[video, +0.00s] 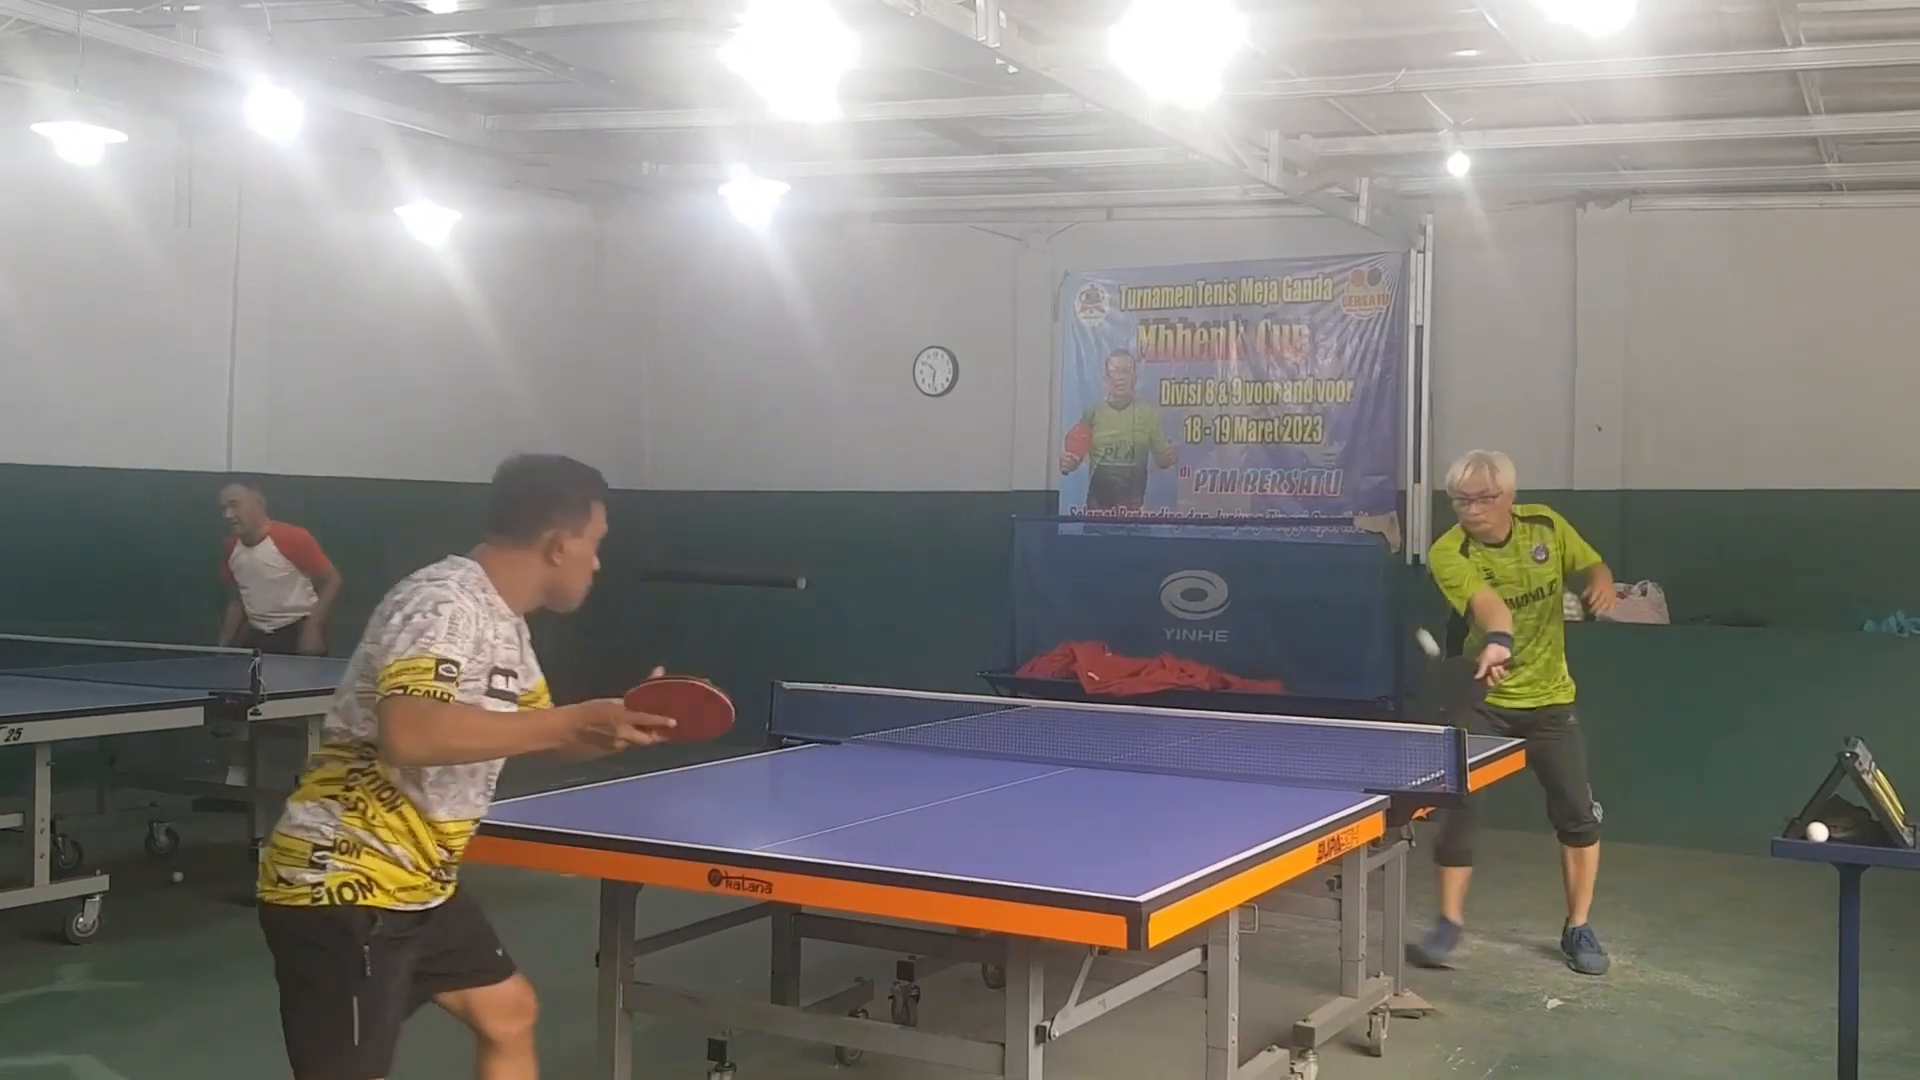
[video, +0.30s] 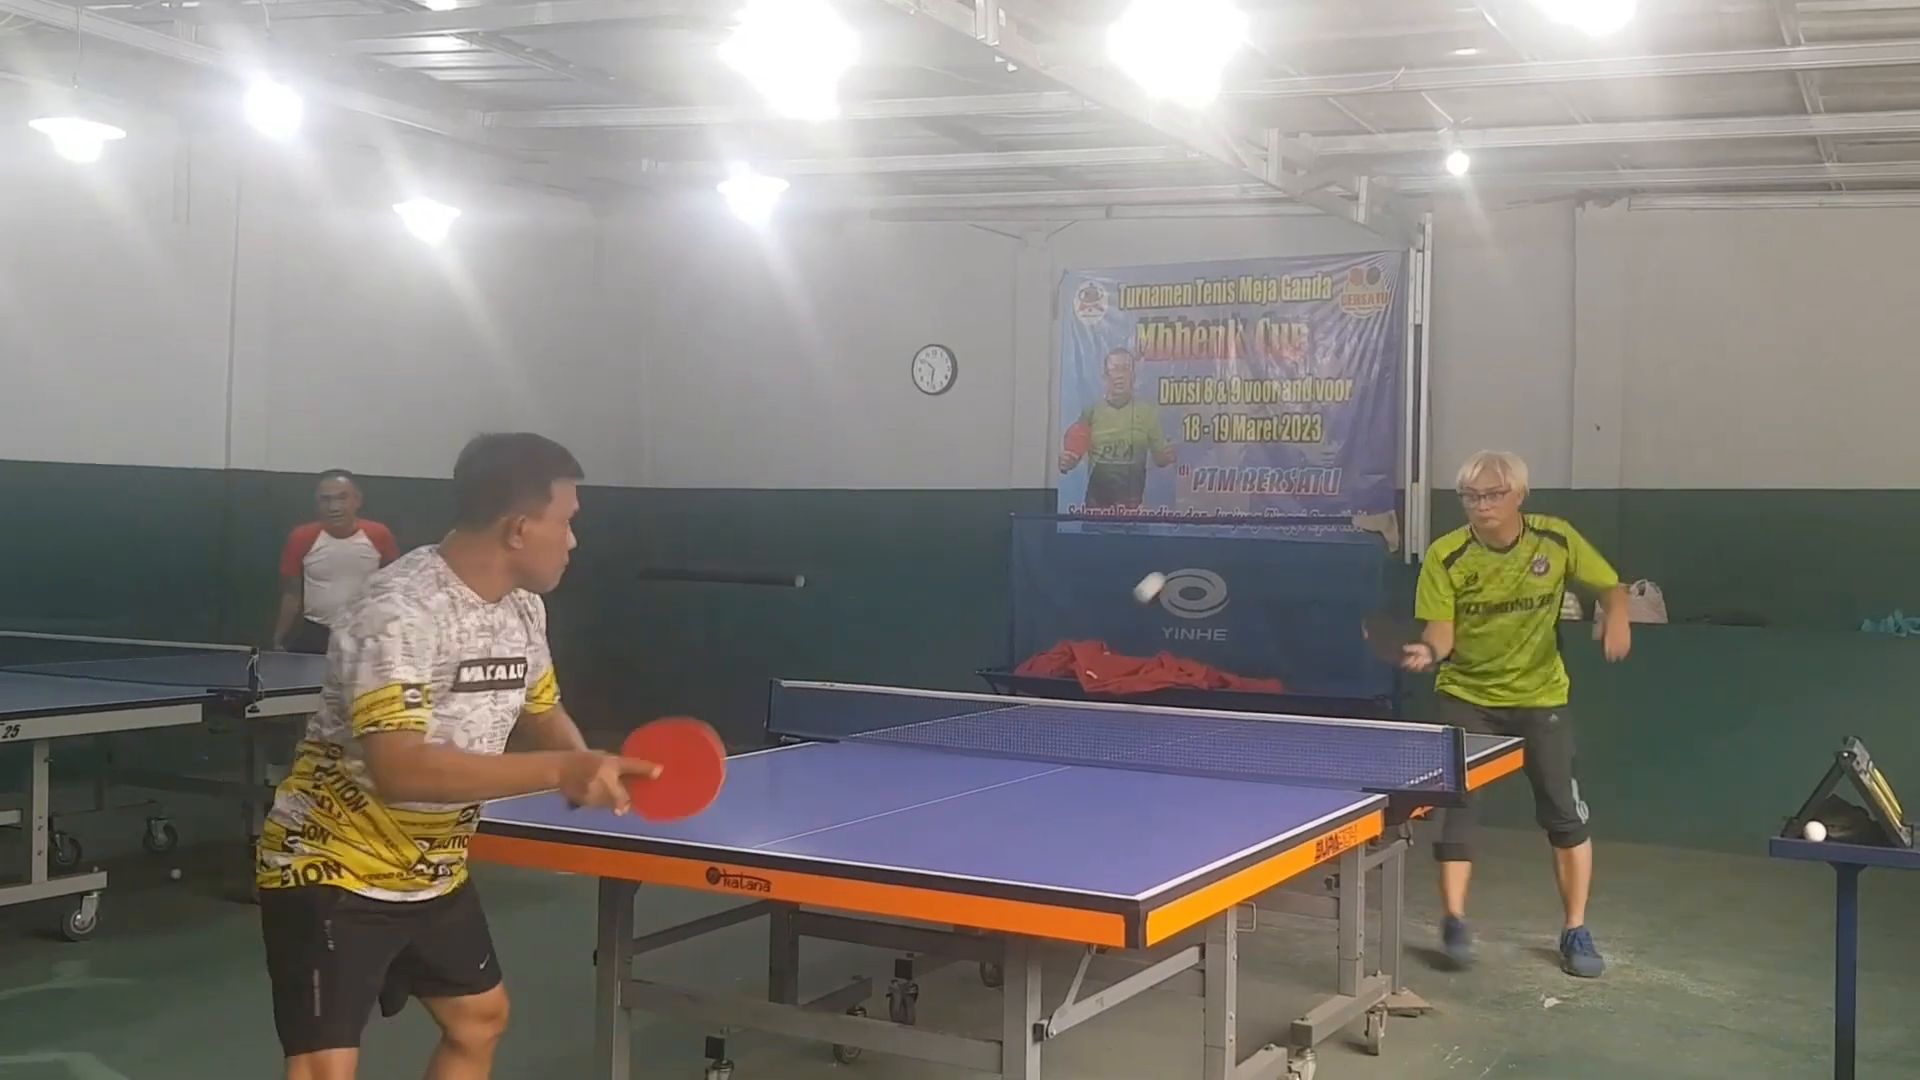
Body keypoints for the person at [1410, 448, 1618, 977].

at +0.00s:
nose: (1471, 510)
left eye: (1483, 499)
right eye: (1461, 500)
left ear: (1510, 497)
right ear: (1453, 501)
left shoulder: (1545, 525)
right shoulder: (1447, 552)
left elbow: (1594, 569)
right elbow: (1483, 600)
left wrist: (1601, 588)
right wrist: (1499, 637)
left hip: (1549, 699)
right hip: (1481, 701)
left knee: (1577, 810)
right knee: (1456, 795)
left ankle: (1579, 927)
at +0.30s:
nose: (1481, 505)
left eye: (1493, 494)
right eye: (1472, 495)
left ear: (1519, 496)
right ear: (1462, 499)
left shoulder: (1556, 539)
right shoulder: (1444, 557)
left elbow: (1611, 588)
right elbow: (1440, 631)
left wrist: (1617, 621)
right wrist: (1429, 649)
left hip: (1539, 691)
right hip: (1465, 692)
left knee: (1561, 805)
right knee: (1455, 796)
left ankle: (1576, 929)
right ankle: (1454, 921)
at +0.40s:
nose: (1467, 522)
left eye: (1478, 511)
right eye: (1458, 513)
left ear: (1504, 514)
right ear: (1450, 517)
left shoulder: (1544, 559)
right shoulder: (1434, 570)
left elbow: (1596, 617)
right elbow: (1418, 641)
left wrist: (1616, 684)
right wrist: (1397, 659)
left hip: (1529, 700)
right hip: (1454, 700)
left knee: (1556, 806)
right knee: (1395, 788)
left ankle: (1576, 929)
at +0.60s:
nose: (1417, 528)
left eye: (1428, 518)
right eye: (1409, 519)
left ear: (1450, 520)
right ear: (1400, 522)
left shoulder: (1487, 556)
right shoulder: (1382, 572)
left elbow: (1540, 601)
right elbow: (1357, 635)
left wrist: (1564, 638)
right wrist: (1328, 663)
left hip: (1481, 696)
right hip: (1408, 699)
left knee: (1534, 789)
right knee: (1367, 786)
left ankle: (1561, 903)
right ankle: (1344, 875)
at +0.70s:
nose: (1414, 510)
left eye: (1423, 500)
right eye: (1406, 502)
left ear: (1445, 502)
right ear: (1396, 507)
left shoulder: (1484, 536)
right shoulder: (1385, 558)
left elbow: (1538, 582)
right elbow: (1366, 618)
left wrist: (1542, 607)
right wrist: (1336, 648)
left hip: (1489, 681)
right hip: (1420, 679)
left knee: (1521, 787)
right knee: (1378, 756)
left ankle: (1547, 865)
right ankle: (1360, 853)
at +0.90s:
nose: (1346, 503)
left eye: (1356, 492)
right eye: (1347, 493)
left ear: (1386, 498)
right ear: (1362, 501)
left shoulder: (1431, 525)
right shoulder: (1353, 555)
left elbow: (1499, 550)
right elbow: (1305, 582)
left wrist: (1548, 584)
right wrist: (1248, 594)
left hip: (1483, 672)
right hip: (1421, 675)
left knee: (1525, 770)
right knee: (1380, 753)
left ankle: (1558, 866)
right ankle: (1380, 846)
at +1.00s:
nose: (1306, 515)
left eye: (1313, 505)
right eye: (1306, 507)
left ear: (1344, 506)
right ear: (1323, 514)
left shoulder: (1390, 529)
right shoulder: (1314, 557)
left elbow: (1457, 545)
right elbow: (1258, 555)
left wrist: (1515, 575)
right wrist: (1208, 541)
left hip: (1453, 656)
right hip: (1403, 671)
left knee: (1513, 739)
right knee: (1372, 748)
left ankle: (1592, 826)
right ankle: (1375, 836)